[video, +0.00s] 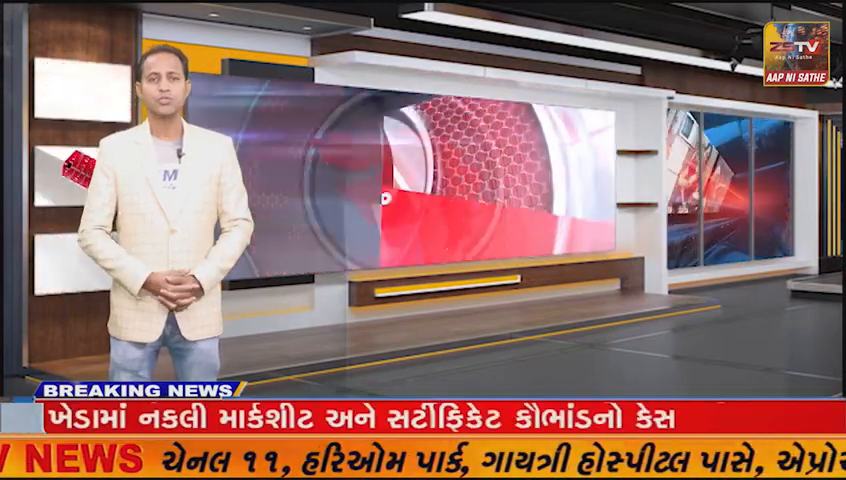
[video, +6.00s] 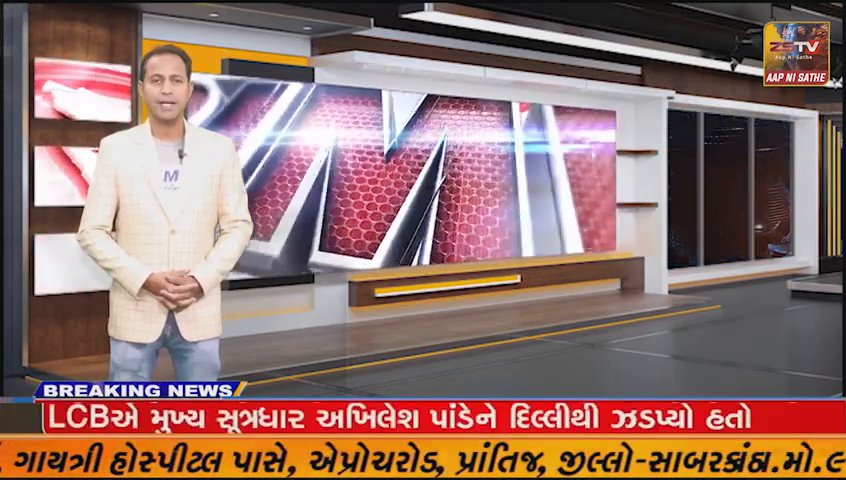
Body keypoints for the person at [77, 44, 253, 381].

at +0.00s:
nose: (164, 86)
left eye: (173, 77)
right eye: (153, 78)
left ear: (187, 88)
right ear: (139, 89)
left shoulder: (218, 147)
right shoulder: (115, 149)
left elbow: (239, 224)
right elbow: (91, 232)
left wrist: (201, 279)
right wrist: (145, 279)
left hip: (198, 310)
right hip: (134, 311)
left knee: (204, 420)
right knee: (126, 421)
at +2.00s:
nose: (163, 88)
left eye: (173, 78)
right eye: (153, 79)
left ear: (187, 87)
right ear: (140, 90)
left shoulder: (219, 147)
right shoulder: (115, 148)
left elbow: (238, 225)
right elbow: (92, 232)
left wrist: (202, 280)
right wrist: (145, 279)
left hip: (199, 309)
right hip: (135, 310)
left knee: (204, 419)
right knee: (125, 420)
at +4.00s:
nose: (168, 88)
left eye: (178, 79)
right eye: (157, 79)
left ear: (191, 89)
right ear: (143, 89)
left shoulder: (221, 148)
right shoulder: (117, 148)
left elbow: (239, 225)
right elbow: (92, 231)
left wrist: (201, 280)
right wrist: (145, 279)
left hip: (198, 309)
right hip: (134, 309)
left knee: (205, 419)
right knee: (125, 420)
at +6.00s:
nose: (166, 89)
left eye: (176, 80)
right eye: (156, 80)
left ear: (189, 90)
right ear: (142, 88)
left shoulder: (220, 149)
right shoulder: (116, 148)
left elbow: (238, 225)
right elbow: (91, 231)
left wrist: (201, 279)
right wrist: (145, 279)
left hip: (198, 310)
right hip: (135, 310)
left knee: (204, 420)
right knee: (125, 420)